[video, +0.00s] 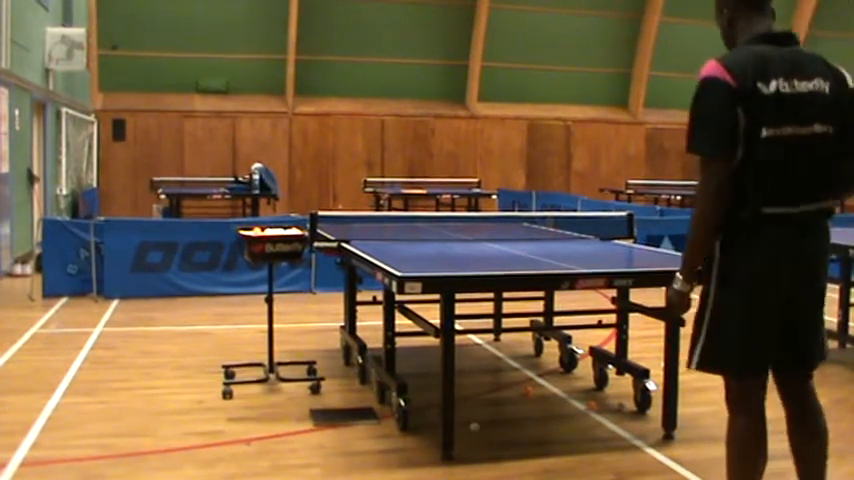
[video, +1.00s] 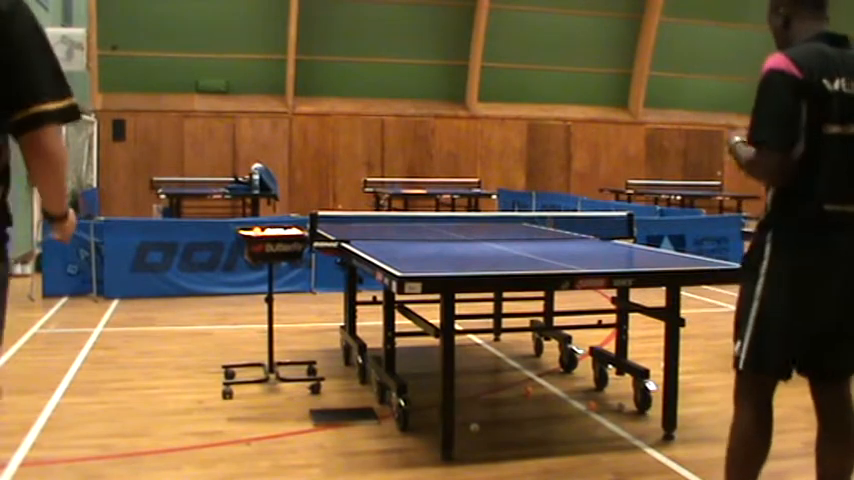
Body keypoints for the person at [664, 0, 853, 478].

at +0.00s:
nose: (718, 28)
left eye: (719, 19)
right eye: (720, 19)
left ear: (727, 16)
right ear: (772, 14)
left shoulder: (726, 75)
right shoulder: (832, 75)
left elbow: (715, 185)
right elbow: (844, 178)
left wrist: (686, 274)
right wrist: (808, 218)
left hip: (748, 250)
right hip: (810, 247)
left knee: (744, 398)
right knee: (798, 385)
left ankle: (744, 475)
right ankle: (813, 475)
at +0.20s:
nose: (742, 28)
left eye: (742, 18)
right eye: (743, 19)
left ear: (749, 15)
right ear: (795, 13)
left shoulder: (748, 70)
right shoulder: (844, 71)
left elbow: (732, 182)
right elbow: (845, 181)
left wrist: (703, 275)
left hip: (761, 259)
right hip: (827, 257)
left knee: (747, 396)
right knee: (818, 395)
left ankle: (744, 477)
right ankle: (824, 475)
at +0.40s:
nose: (762, 34)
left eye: (762, 24)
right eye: (762, 25)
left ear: (772, 19)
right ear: (815, 16)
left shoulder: (771, 68)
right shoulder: (850, 66)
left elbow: (759, 181)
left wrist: (730, 271)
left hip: (787, 261)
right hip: (843, 259)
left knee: (746, 391)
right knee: (836, 395)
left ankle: (744, 478)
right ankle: (835, 474)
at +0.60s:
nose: (774, 31)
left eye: (774, 21)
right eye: (774, 22)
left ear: (783, 17)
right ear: (825, 15)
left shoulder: (784, 67)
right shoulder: (851, 62)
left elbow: (790, 164)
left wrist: (751, 251)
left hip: (799, 254)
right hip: (847, 254)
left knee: (764, 394)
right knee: (840, 398)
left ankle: (757, 478)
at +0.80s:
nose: (776, 28)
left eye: (776, 18)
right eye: (776, 19)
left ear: (787, 16)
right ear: (827, 13)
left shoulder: (790, 65)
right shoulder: (851, 59)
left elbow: (789, 159)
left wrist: (751, 181)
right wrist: (775, 169)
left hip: (800, 248)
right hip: (848, 248)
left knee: (763, 392)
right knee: (839, 396)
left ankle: (756, 478)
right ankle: (836, 474)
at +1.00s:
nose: (771, 28)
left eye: (771, 18)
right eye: (770, 19)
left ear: (782, 15)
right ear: (822, 13)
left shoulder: (787, 67)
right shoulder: (850, 63)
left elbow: (771, 167)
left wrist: (737, 149)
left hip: (792, 246)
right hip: (845, 245)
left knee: (753, 390)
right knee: (834, 392)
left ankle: (738, 473)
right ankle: (835, 474)